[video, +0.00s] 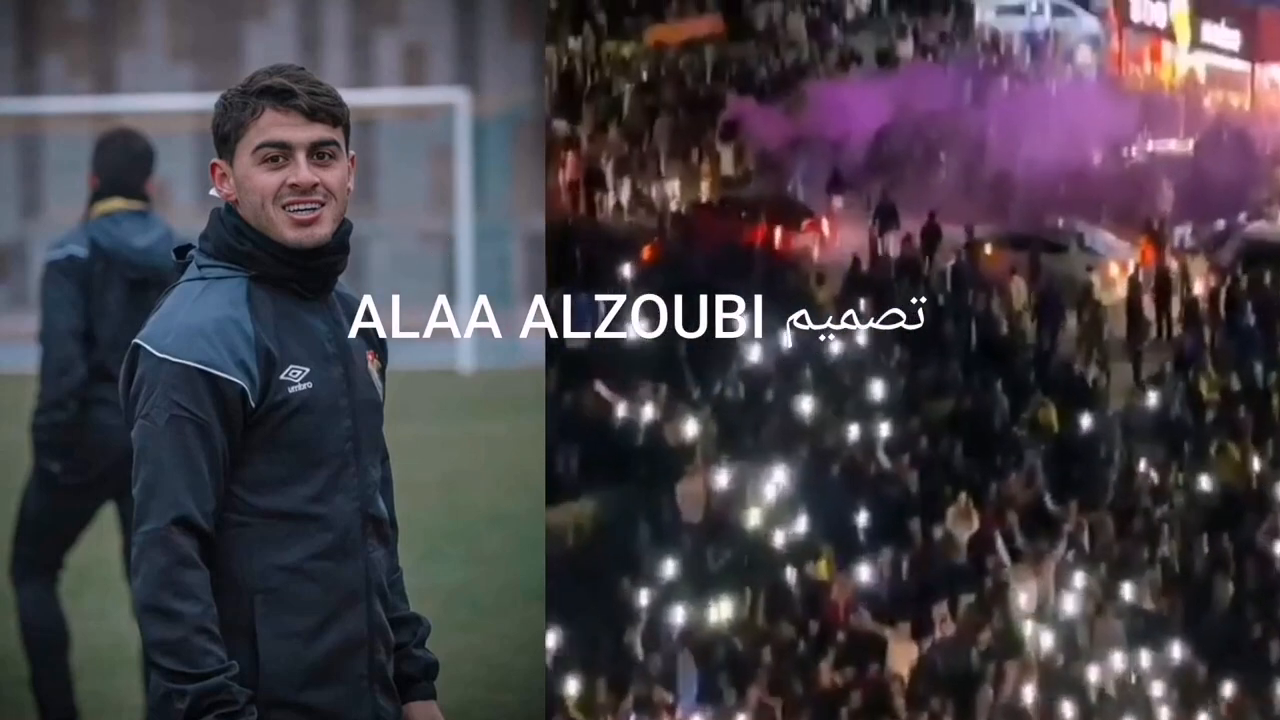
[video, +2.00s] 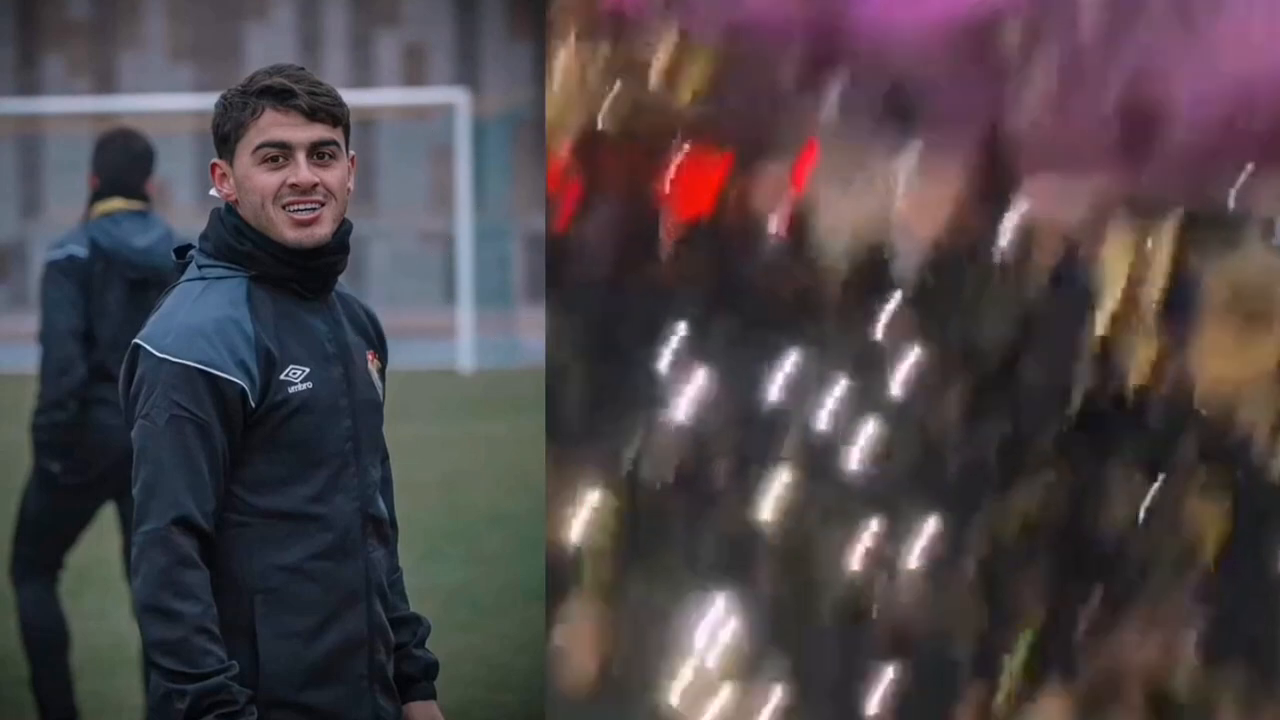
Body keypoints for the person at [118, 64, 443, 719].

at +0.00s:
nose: (305, 178)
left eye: (322, 155)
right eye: (274, 158)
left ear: (350, 171)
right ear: (226, 182)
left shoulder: (351, 319)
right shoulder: (196, 334)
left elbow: (372, 523)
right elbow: (164, 551)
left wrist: (414, 684)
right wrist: (213, 705)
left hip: (364, 690)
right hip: (260, 692)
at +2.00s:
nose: (305, 178)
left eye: (322, 155)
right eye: (274, 158)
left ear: (349, 171)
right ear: (226, 182)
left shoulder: (356, 324)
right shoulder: (195, 334)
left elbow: (373, 525)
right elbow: (164, 551)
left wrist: (414, 684)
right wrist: (213, 705)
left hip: (364, 690)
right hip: (259, 691)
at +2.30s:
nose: (305, 178)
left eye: (322, 155)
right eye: (274, 158)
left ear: (350, 171)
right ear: (226, 182)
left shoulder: (356, 324)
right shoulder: (195, 334)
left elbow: (373, 525)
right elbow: (164, 551)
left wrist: (414, 684)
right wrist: (213, 705)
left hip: (364, 690)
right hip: (259, 691)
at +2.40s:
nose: (305, 178)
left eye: (322, 155)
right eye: (274, 158)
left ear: (350, 171)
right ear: (226, 182)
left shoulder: (356, 324)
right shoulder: (195, 334)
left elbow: (373, 525)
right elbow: (164, 551)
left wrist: (414, 685)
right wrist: (213, 705)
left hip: (365, 690)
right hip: (259, 691)